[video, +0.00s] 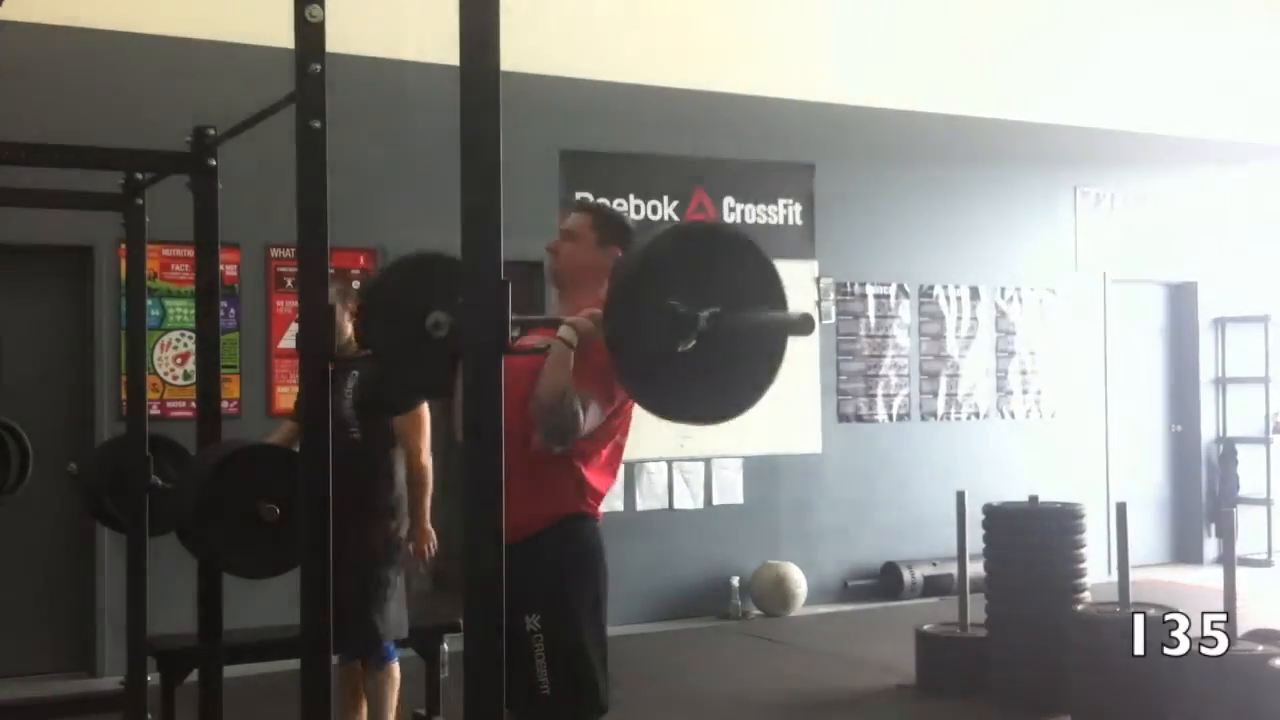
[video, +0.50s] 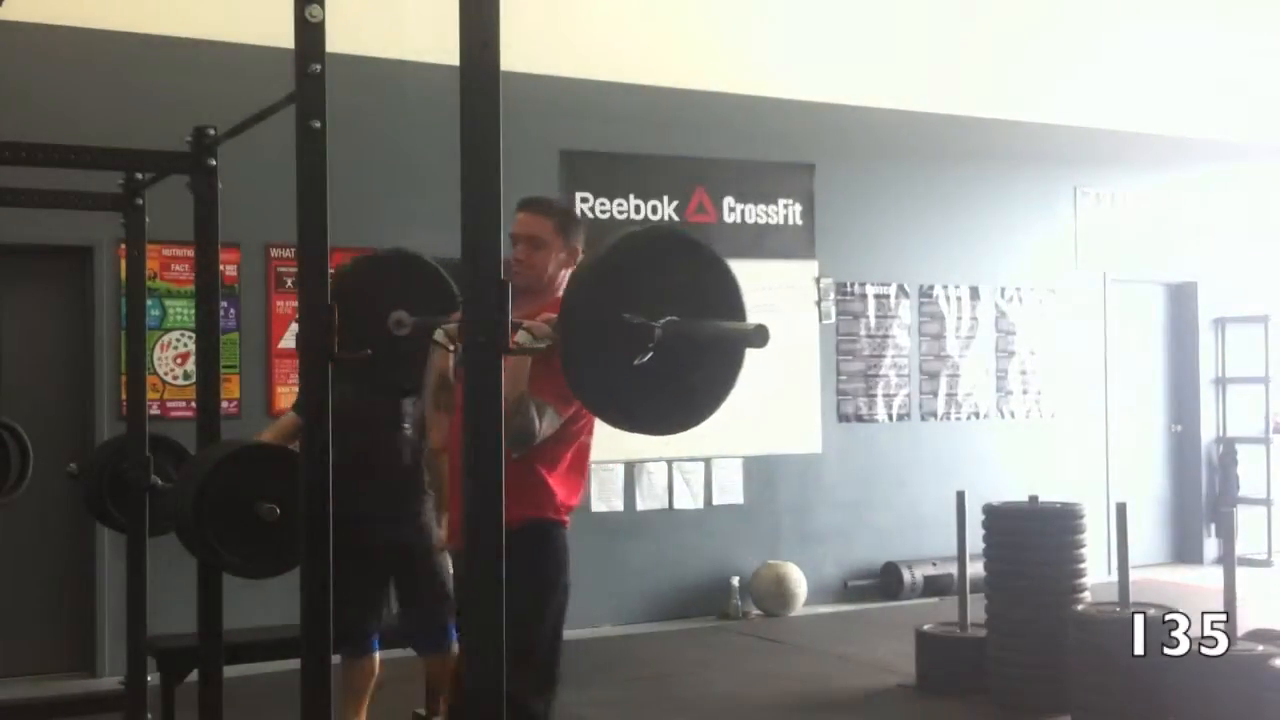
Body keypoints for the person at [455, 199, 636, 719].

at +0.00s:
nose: (552, 245)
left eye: (568, 237)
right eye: (557, 236)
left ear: (611, 256)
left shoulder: (610, 342)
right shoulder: (527, 339)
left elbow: (555, 431)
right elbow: (467, 430)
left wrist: (568, 335)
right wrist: (453, 342)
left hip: (559, 540)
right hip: (500, 540)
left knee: (568, 697)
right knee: (501, 694)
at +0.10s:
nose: (542, 247)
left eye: (559, 239)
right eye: (547, 238)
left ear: (602, 255)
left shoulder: (603, 339)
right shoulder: (528, 337)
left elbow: (543, 430)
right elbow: (468, 430)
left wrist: (564, 334)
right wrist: (453, 341)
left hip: (556, 543)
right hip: (503, 542)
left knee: (564, 699)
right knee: (500, 697)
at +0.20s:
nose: (536, 245)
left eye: (552, 238)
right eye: (539, 235)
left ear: (596, 256)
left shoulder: (599, 339)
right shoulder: (523, 332)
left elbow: (534, 426)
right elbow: (469, 421)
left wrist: (552, 339)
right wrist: (458, 337)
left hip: (553, 539)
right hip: (502, 537)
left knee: (561, 695)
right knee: (495, 691)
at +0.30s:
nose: (529, 249)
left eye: (547, 240)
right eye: (528, 238)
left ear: (587, 256)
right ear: (524, 244)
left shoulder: (589, 333)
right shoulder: (516, 327)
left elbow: (528, 428)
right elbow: (460, 427)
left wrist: (542, 336)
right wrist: (457, 336)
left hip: (548, 529)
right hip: (497, 525)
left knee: (545, 679)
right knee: (492, 675)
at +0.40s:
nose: (521, 251)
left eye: (538, 242)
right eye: (519, 240)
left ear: (577, 256)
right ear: (513, 244)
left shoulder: (582, 328)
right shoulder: (498, 320)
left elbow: (527, 431)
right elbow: (449, 426)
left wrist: (533, 341)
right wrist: (454, 340)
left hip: (540, 528)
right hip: (483, 526)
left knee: (531, 685)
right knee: (484, 679)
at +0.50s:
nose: (517, 253)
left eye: (534, 244)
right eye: (513, 241)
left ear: (569, 258)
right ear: (505, 246)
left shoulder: (573, 328)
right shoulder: (490, 320)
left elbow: (522, 432)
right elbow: (438, 428)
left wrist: (519, 347)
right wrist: (444, 342)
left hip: (530, 529)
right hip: (473, 527)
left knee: (523, 685)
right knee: (476, 679)